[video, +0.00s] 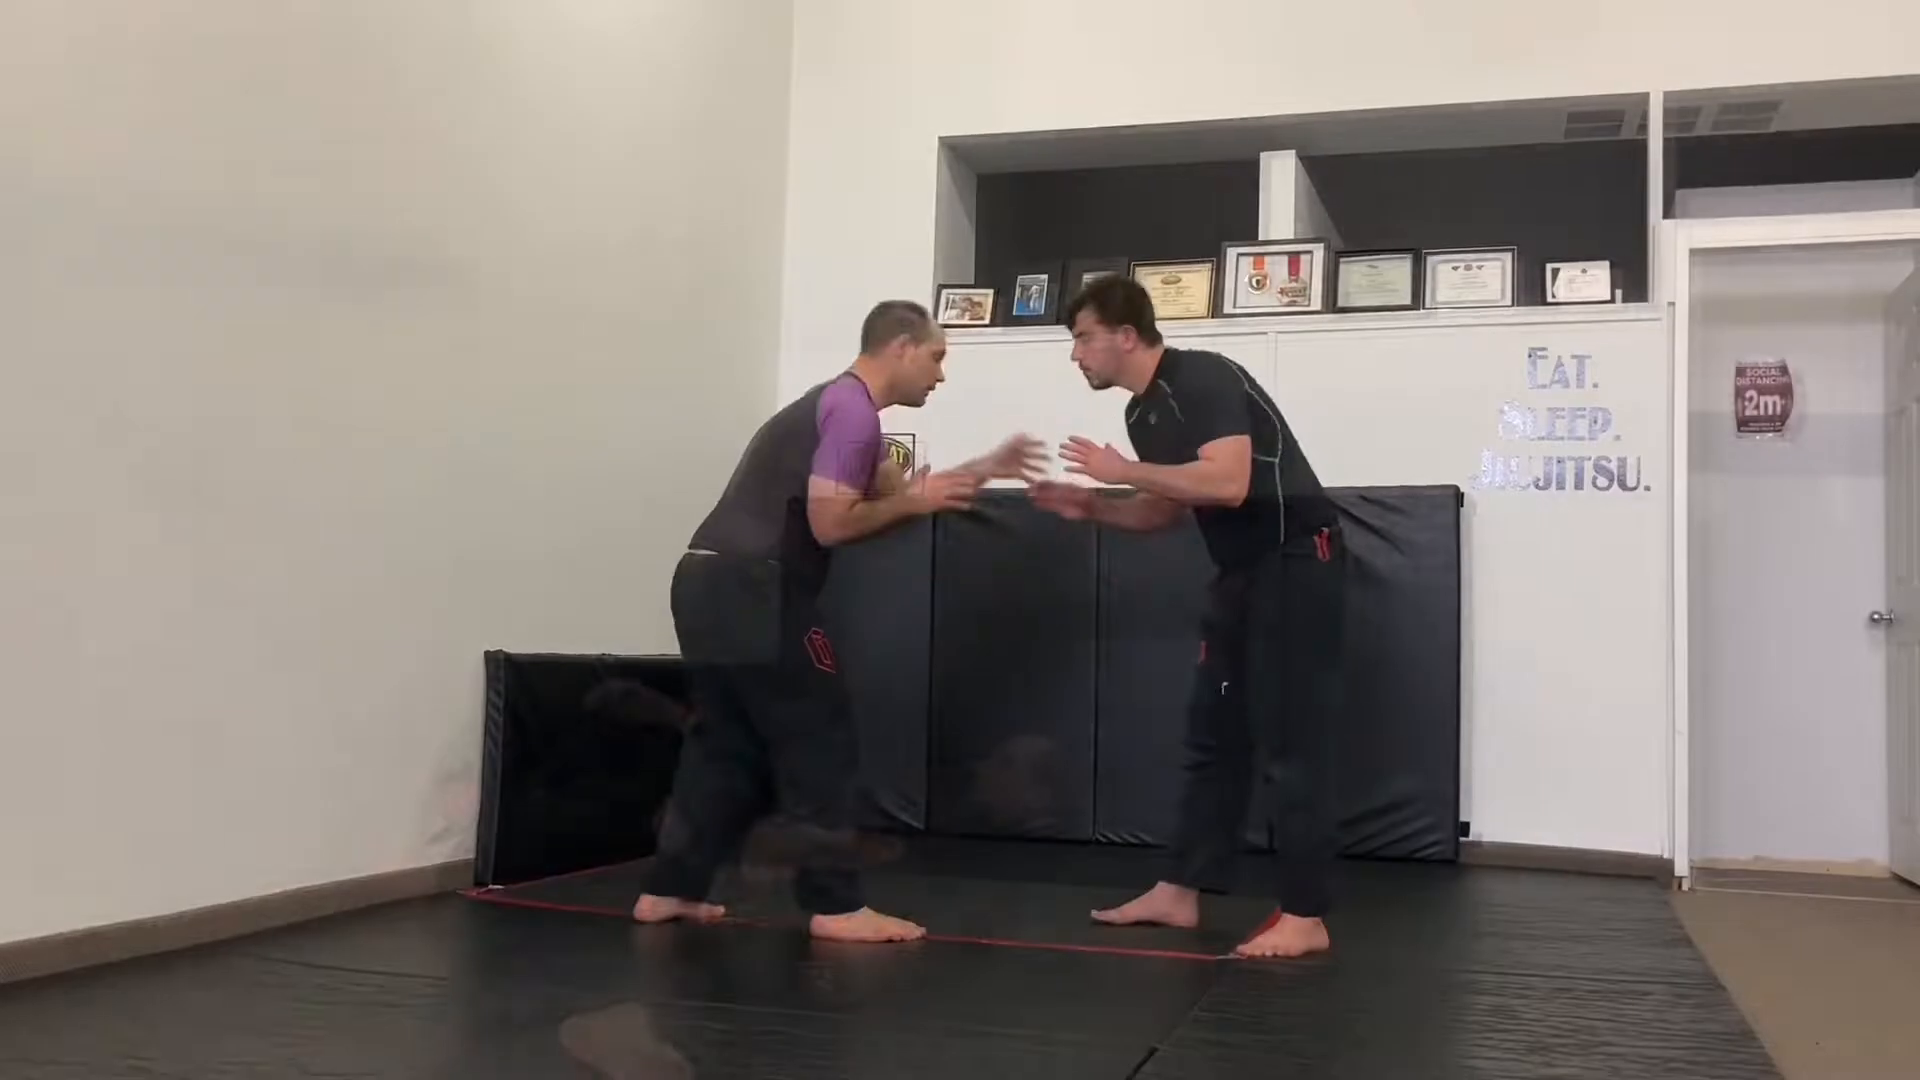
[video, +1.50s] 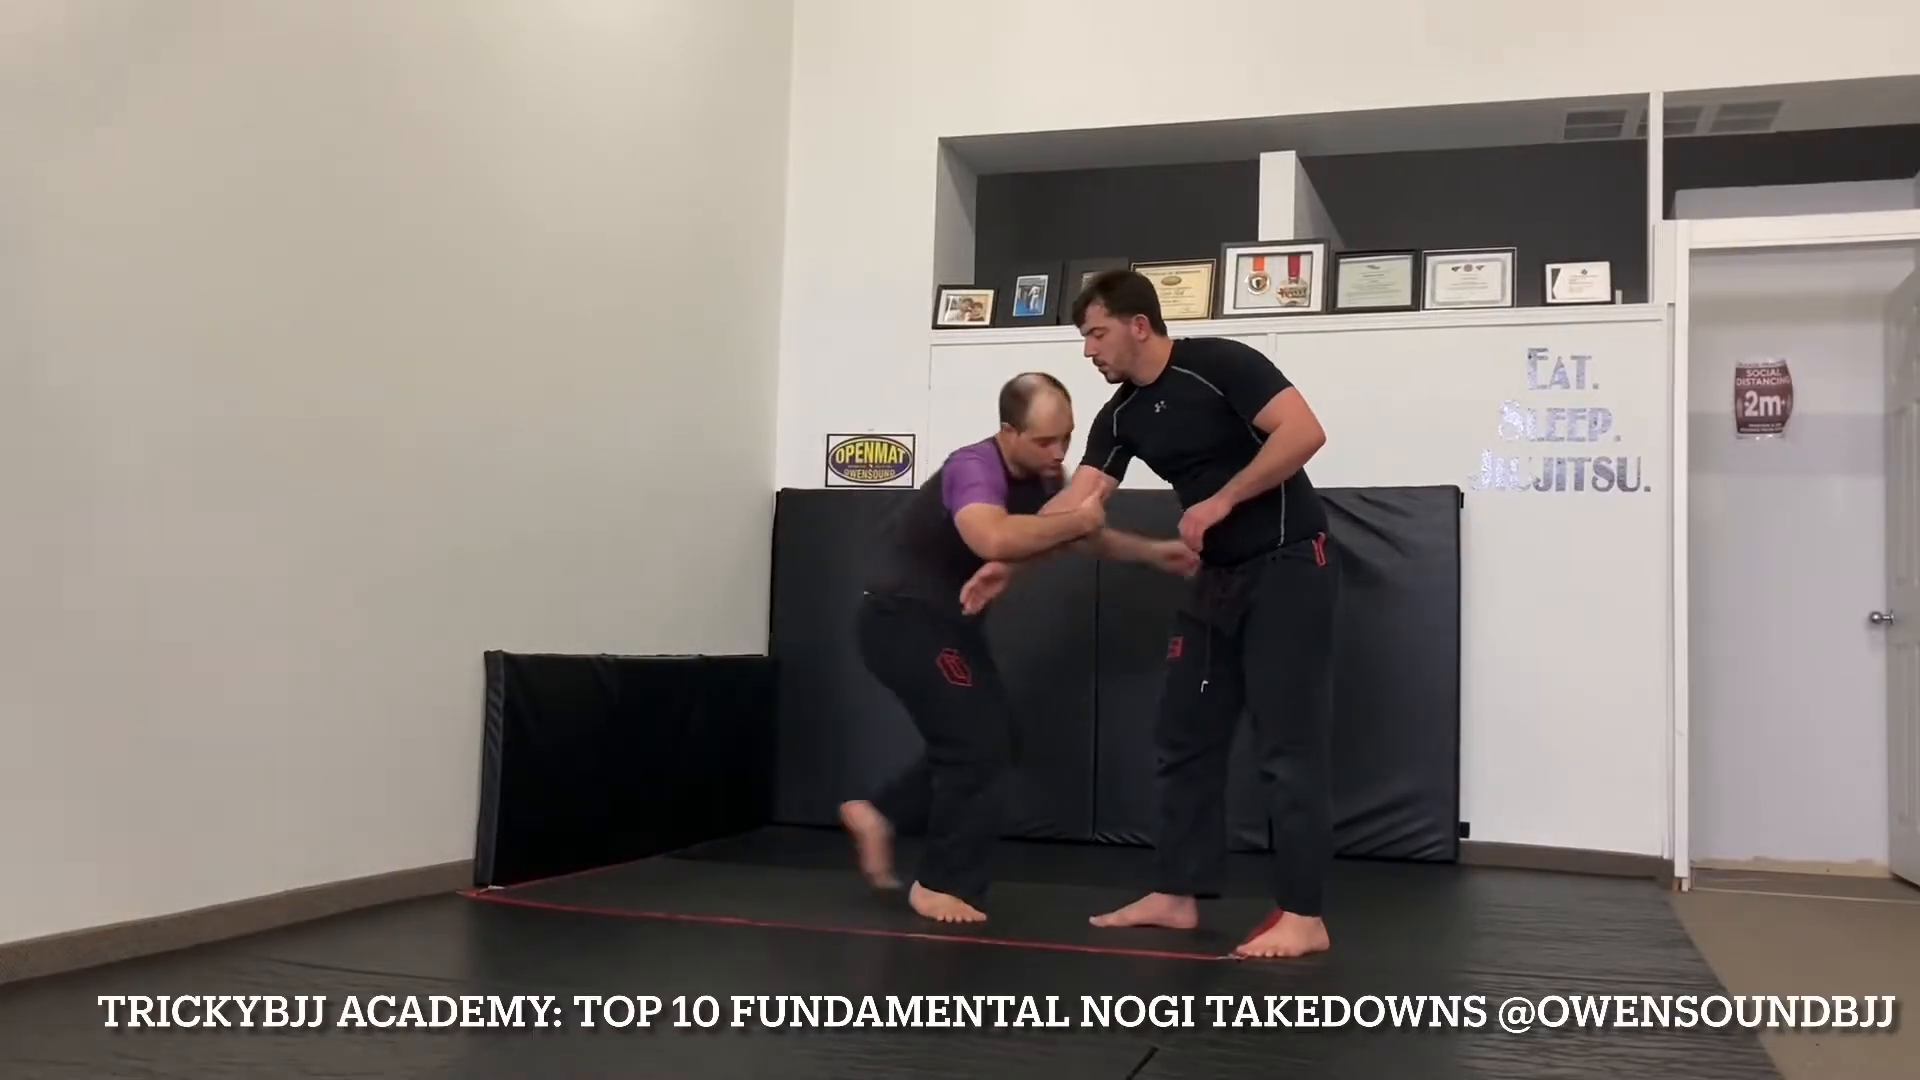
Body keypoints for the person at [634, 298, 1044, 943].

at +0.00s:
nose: (940, 375)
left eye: (942, 361)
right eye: (936, 359)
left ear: (887, 351)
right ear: (898, 350)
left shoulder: (837, 402)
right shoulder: (854, 413)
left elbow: (889, 493)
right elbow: (831, 523)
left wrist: (988, 468)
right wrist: (918, 501)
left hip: (711, 581)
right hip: (752, 589)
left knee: (731, 740)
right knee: (820, 734)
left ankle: (671, 888)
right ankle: (835, 904)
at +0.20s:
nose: (965, 391)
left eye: (968, 377)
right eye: (964, 375)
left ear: (919, 362)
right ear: (932, 363)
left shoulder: (879, 414)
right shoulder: (881, 419)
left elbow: (941, 508)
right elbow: (861, 531)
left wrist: (1029, 523)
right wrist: (948, 543)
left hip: (727, 581)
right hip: (771, 589)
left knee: (745, 736)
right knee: (839, 738)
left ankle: (675, 876)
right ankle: (837, 906)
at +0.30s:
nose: (973, 403)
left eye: (976, 388)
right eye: (972, 386)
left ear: (925, 371)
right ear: (941, 372)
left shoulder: (870, 418)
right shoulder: (897, 426)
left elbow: (925, 528)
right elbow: (920, 541)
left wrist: (1010, 542)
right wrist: (1009, 552)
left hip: (731, 579)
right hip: (779, 586)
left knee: (771, 729)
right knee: (850, 731)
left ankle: (692, 853)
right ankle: (841, 909)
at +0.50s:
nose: (979, 423)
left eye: (982, 409)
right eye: (978, 407)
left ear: (923, 394)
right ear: (947, 393)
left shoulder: (867, 441)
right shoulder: (919, 442)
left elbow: (891, 559)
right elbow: (1014, 528)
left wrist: (976, 570)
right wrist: (1105, 537)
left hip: (736, 588)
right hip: (787, 596)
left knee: (785, 724)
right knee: (860, 732)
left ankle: (772, 851)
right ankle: (846, 908)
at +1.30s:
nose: (1029, 448)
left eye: (1032, 436)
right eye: (1021, 435)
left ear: (981, 430)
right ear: (980, 427)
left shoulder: (951, 476)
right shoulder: (940, 461)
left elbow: (966, 565)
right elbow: (953, 519)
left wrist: (1027, 597)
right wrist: (1043, 513)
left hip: (818, 617)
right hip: (842, 621)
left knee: (850, 745)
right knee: (934, 730)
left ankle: (779, 863)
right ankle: (934, 882)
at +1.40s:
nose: (1049, 452)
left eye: (1053, 440)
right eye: (1041, 439)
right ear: (999, 430)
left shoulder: (1000, 484)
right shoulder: (959, 464)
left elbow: (1017, 554)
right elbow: (972, 526)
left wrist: (1086, 579)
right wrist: (1064, 516)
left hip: (897, 623)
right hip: (873, 620)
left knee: (902, 750)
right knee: (960, 737)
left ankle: (806, 834)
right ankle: (937, 884)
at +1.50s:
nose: (1059, 454)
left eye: (1064, 441)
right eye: (1045, 442)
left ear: (1069, 430)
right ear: (1009, 432)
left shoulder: (1043, 480)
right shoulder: (973, 467)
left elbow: (1083, 538)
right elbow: (992, 539)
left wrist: (1156, 551)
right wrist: (1072, 516)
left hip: (953, 620)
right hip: (903, 615)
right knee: (974, 739)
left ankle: (881, 813)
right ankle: (940, 885)